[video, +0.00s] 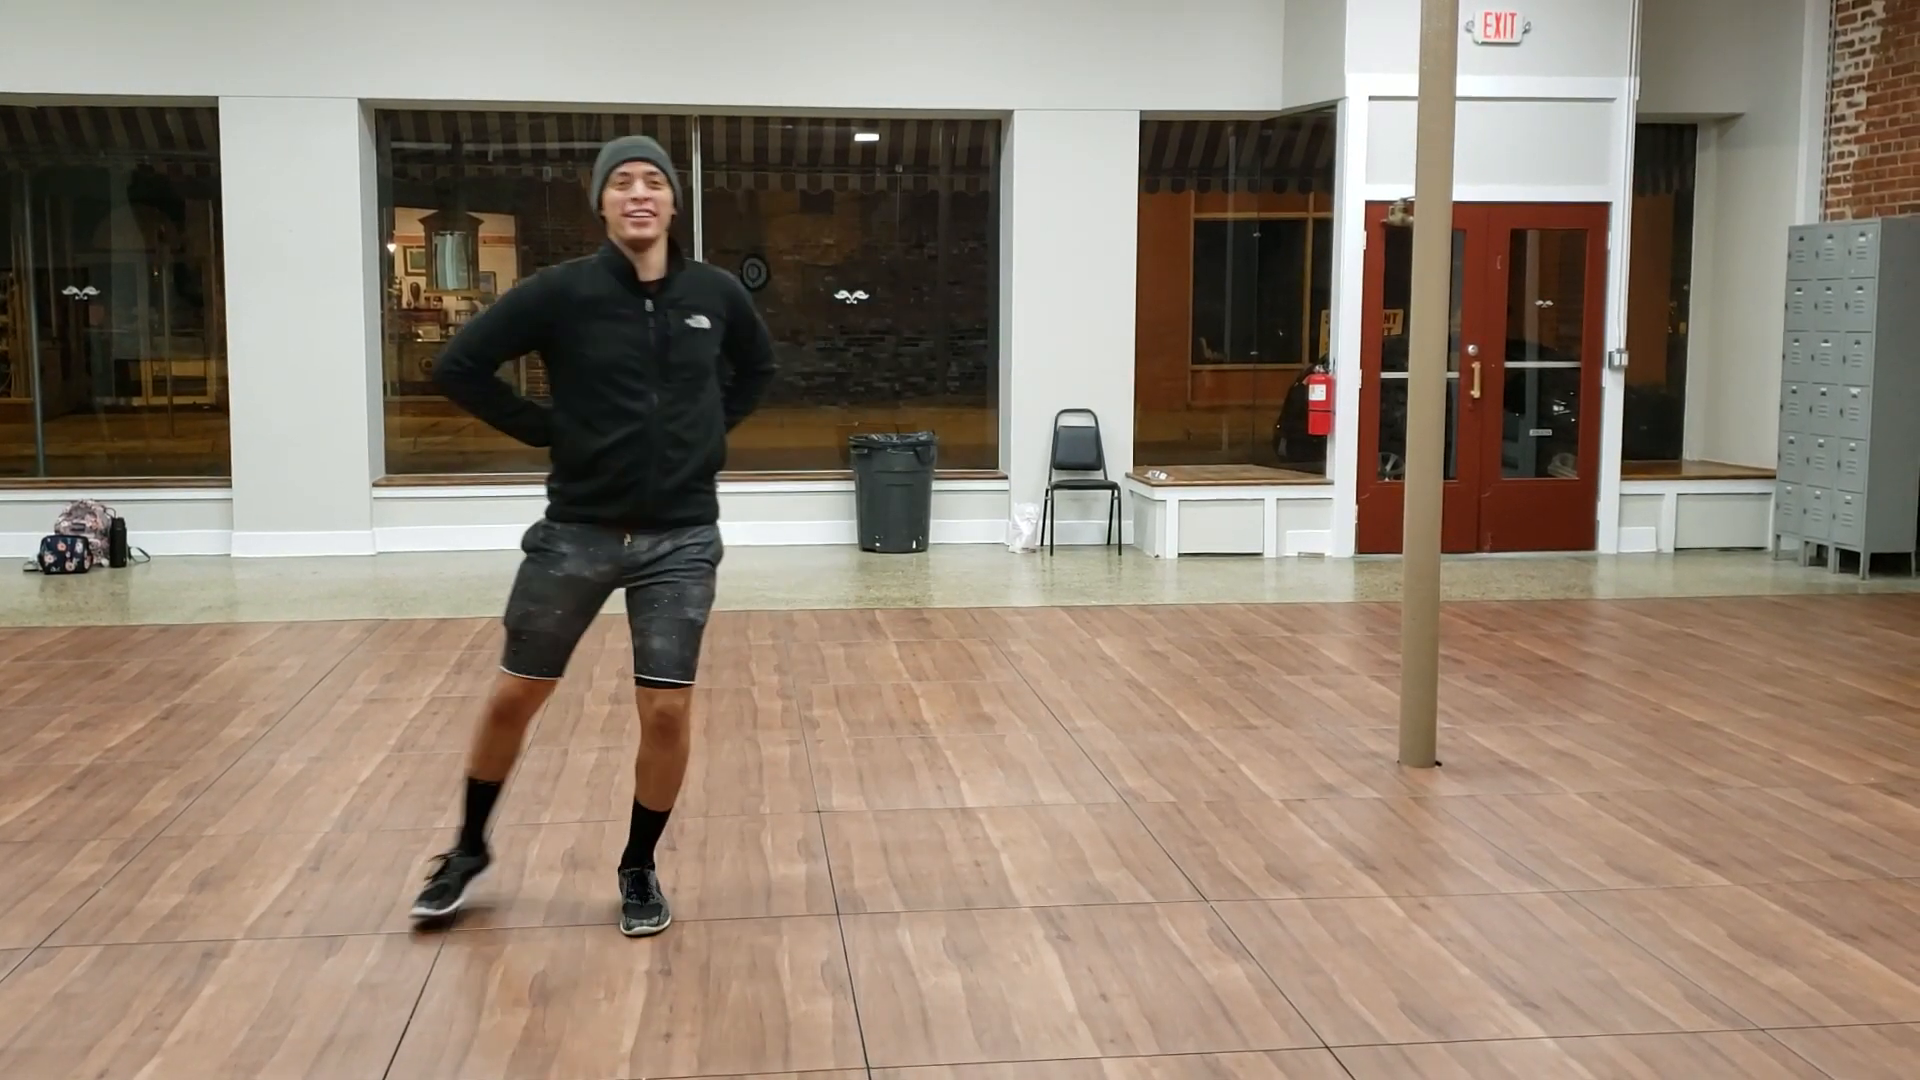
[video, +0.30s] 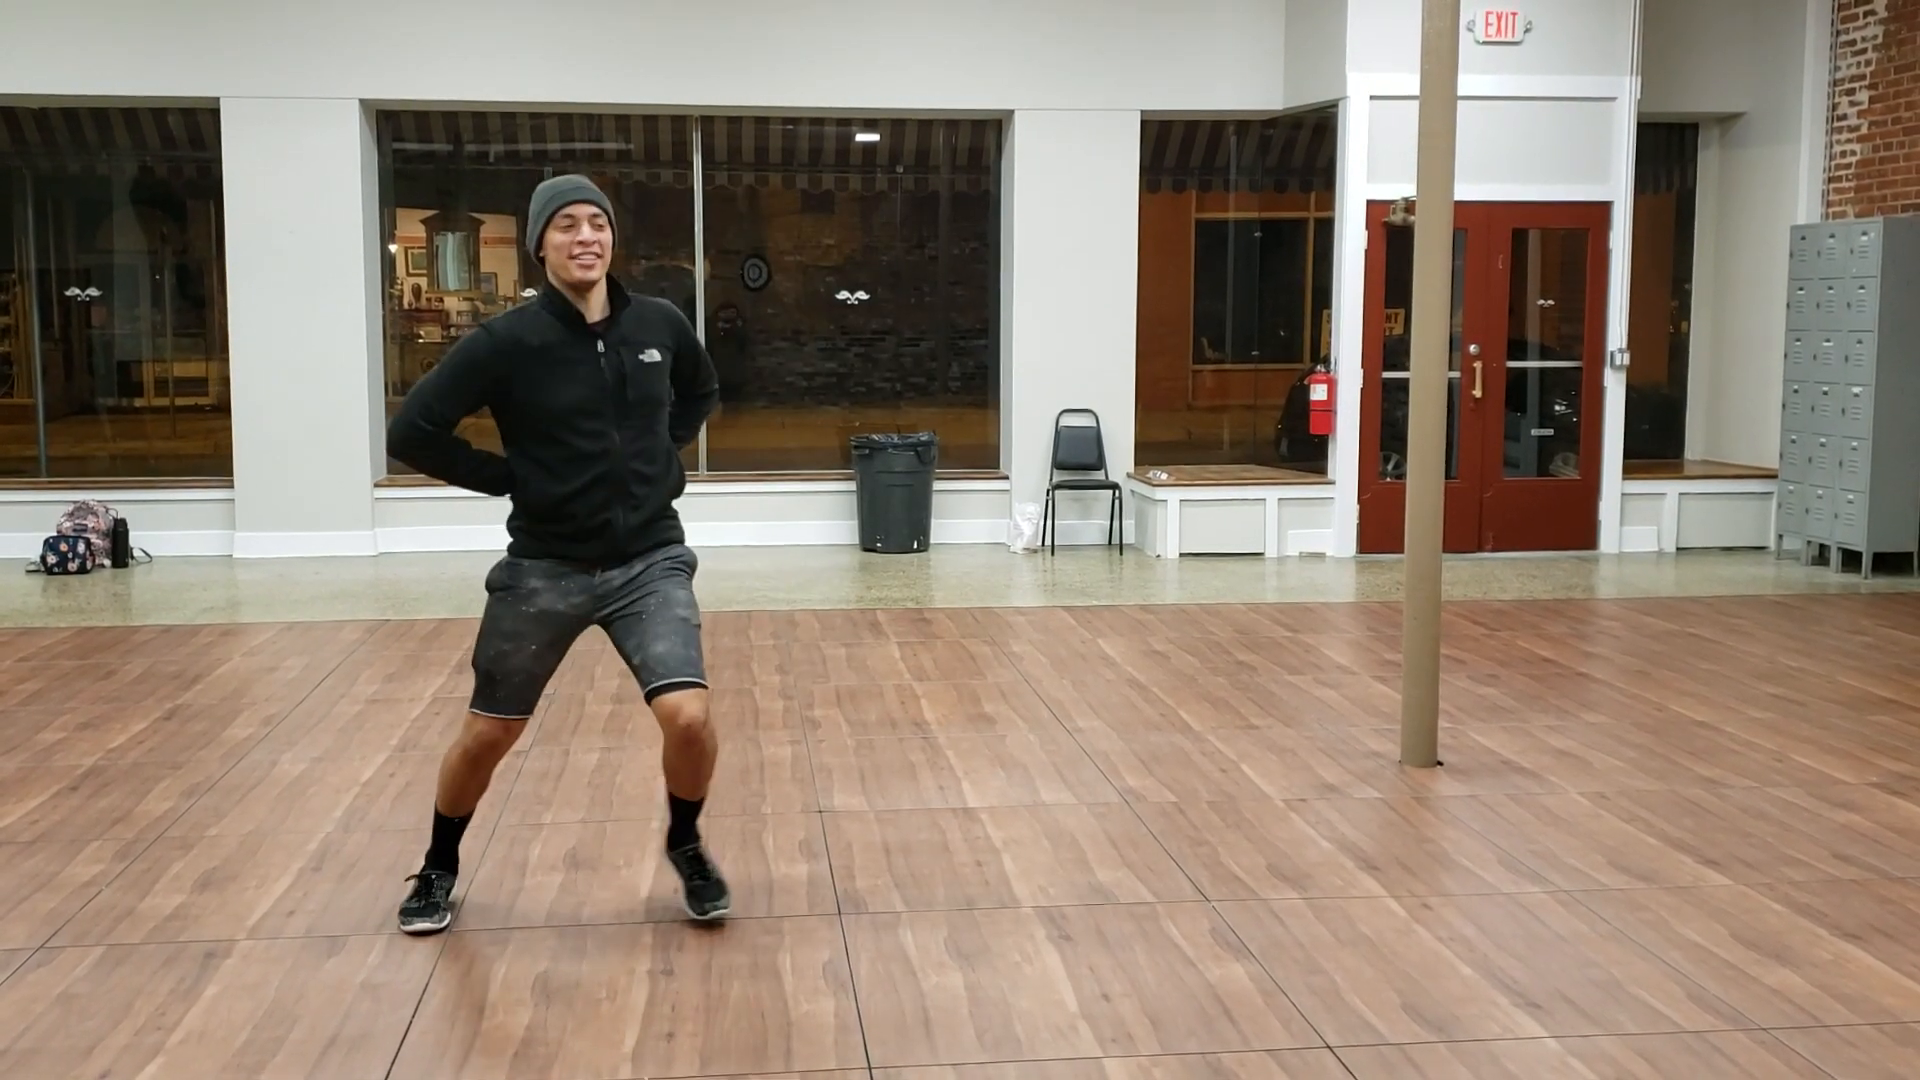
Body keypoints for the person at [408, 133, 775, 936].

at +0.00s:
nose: (639, 195)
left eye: (652, 184)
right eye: (623, 186)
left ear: (675, 203)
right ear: (601, 208)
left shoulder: (717, 293)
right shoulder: (558, 293)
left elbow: (757, 371)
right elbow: (457, 368)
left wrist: (704, 429)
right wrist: (545, 428)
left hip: (680, 535)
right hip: (575, 532)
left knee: (666, 708)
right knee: (515, 692)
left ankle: (639, 868)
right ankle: (468, 847)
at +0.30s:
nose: (585, 237)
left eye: (595, 224)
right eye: (567, 226)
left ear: (613, 239)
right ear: (538, 246)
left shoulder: (660, 323)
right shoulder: (506, 339)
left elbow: (701, 395)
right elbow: (410, 435)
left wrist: (653, 457)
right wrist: (514, 477)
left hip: (650, 561)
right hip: (544, 569)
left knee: (690, 718)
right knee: (490, 731)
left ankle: (684, 839)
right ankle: (439, 869)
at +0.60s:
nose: (671, 205)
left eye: (682, 194)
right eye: (653, 195)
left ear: (698, 214)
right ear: (625, 218)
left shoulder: (754, 291)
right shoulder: (593, 315)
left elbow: (832, 362)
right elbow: (509, 409)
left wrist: (770, 434)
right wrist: (608, 452)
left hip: (753, 539)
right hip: (651, 541)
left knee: (748, 713)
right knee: (615, 715)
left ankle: (722, 856)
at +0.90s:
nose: (762, 236)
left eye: (775, 223)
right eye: (745, 222)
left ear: (791, 241)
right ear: (714, 241)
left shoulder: (840, 324)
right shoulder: (677, 343)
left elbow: (924, 410)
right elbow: (615, 430)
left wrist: (854, 468)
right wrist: (707, 478)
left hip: (850, 568)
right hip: (752, 571)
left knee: (831, 753)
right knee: (800, 744)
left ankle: (744, 838)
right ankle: (872, 914)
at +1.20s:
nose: (855, 200)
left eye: (869, 190)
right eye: (840, 186)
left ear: (883, 210)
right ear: (807, 201)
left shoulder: (922, 295)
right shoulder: (763, 305)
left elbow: (1013, 388)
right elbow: (720, 386)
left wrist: (937, 453)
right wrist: (788, 441)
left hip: (925, 545)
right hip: (820, 552)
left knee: (990, 721)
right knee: (840, 732)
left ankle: (1032, 885)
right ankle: (876, 916)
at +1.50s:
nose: (909, 239)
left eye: (929, 229)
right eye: (898, 223)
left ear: (950, 250)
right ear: (877, 237)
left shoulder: (979, 343)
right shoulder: (855, 334)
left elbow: (1062, 456)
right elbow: (852, 422)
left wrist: (991, 506)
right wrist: (883, 483)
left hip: (977, 584)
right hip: (881, 574)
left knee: (1031, 760)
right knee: (835, 746)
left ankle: (1108, 907)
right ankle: (889, 864)